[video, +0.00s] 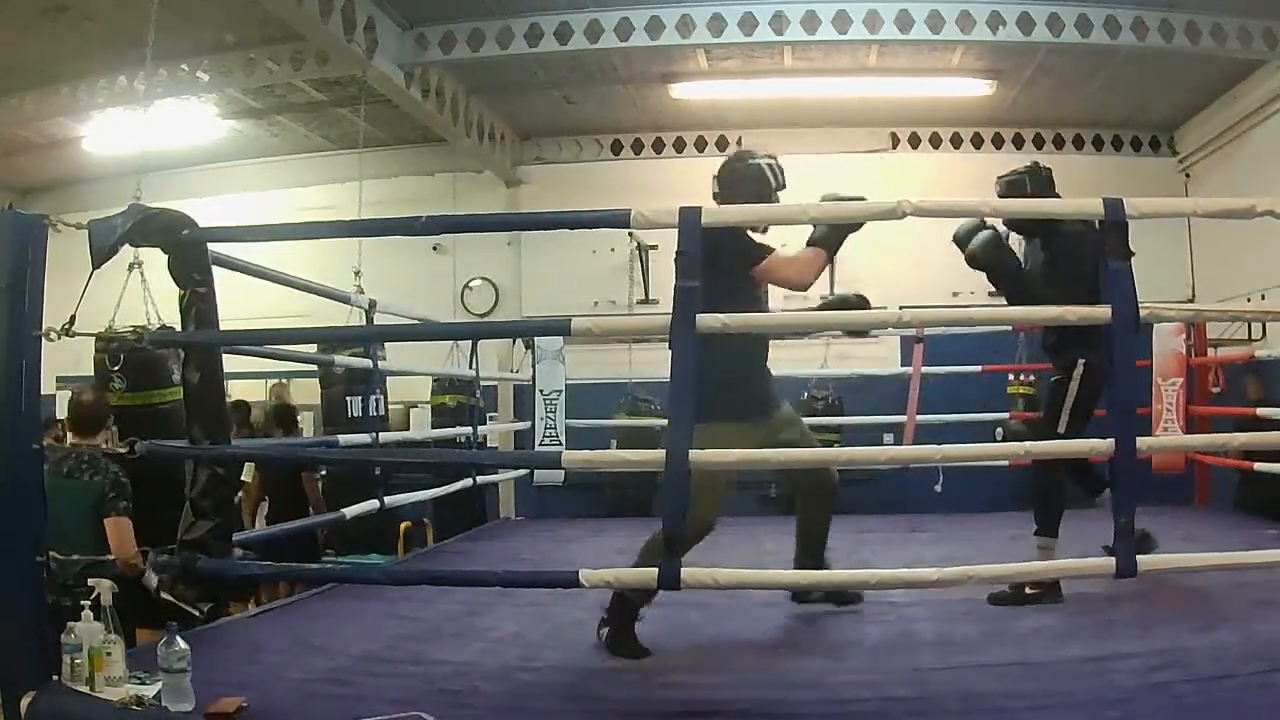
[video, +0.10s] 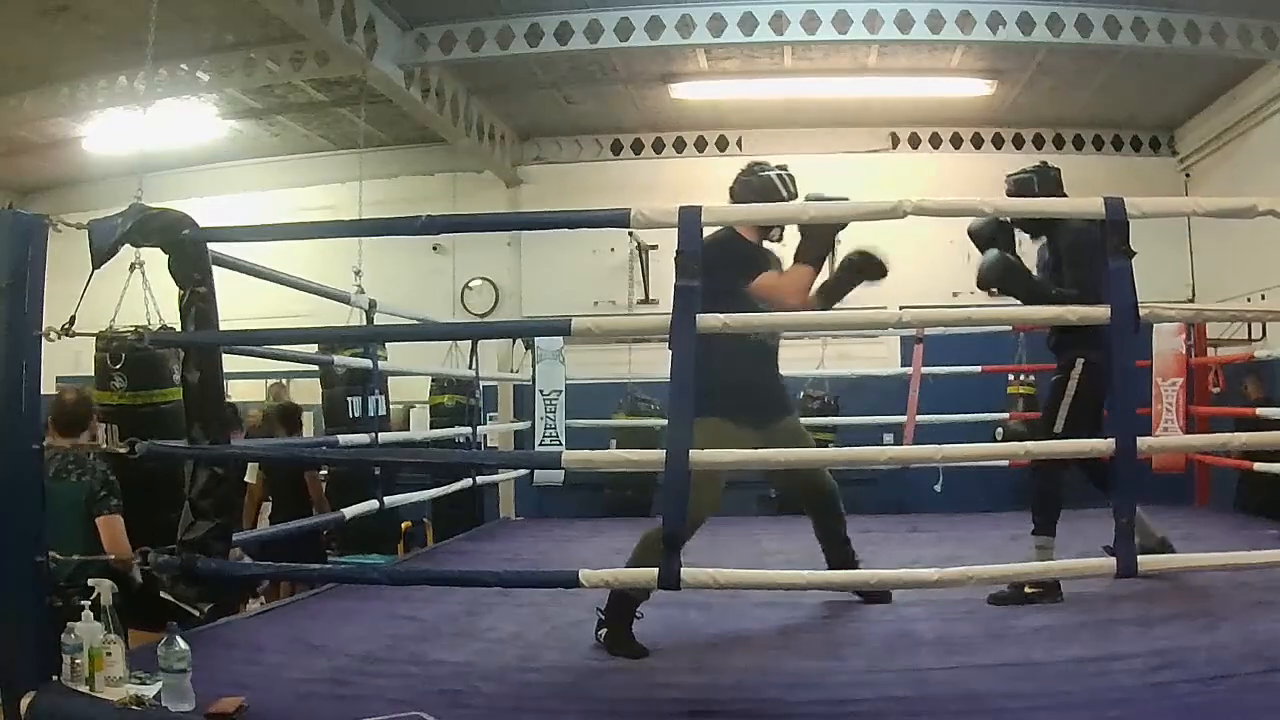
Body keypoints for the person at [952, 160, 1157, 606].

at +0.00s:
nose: (1003, 212)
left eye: (1010, 201)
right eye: (1001, 202)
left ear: (1035, 199)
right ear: (1038, 198)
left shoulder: (1069, 235)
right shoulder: (1044, 239)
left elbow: (1050, 307)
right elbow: (1039, 303)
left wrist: (1003, 265)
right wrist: (1003, 279)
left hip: (1084, 357)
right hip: (1069, 356)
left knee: (1048, 451)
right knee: (1066, 449)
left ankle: (1043, 571)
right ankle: (1128, 532)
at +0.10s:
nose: (1016, 213)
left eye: (1021, 203)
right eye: (1014, 205)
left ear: (1043, 198)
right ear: (1047, 197)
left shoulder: (1077, 232)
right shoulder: (1058, 235)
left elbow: (1080, 301)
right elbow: (1050, 297)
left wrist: (1019, 282)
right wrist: (1009, 269)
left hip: (1087, 355)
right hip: (1081, 354)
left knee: (1047, 450)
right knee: (1083, 449)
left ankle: (1041, 569)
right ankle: (1147, 535)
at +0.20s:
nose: (1025, 220)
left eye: (1029, 209)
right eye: (1022, 211)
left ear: (1051, 205)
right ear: (1064, 202)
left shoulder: (1078, 241)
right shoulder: (1093, 236)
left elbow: (1069, 308)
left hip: (1082, 365)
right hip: (1103, 365)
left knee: (1029, 450)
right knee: (1110, 454)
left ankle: (1038, 566)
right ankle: (1159, 548)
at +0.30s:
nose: (1023, 219)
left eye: (1028, 208)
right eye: (1021, 209)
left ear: (1050, 203)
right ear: (1062, 200)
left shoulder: (1078, 235)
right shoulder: (1092, 232)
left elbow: (1078, 295)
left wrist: (1032, 285)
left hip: (1084, 361)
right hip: (1106, 360)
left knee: (1031, 450)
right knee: (1118, 451)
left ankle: (1032, 568)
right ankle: (1160, 547)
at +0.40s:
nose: (1025, 210)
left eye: (1026, 202)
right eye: (1024, 203)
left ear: (1043, 198)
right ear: (1066, 189)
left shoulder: (1071, 224)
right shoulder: (1099, 221)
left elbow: (1054, 290)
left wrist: (1008, 239)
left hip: (1090, 355)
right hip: (1125, 354)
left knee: (1047, 454)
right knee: (1138, 444)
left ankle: (1032, 572)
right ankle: (1169, 547)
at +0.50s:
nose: (1035, 212)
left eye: (1038, 202)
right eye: (1034, 204)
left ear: (1056, 194)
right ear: (1074, 188)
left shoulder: (1079, 224)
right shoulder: (1098, 228)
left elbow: (1034, 250)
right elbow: (1043, 290)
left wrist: (1002, 221)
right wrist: (1011, 259)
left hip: (1097, 356)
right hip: (1132, 353)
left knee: (1048, 453)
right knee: (1145, 448)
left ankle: (1033, 573)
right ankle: (1193, 551)